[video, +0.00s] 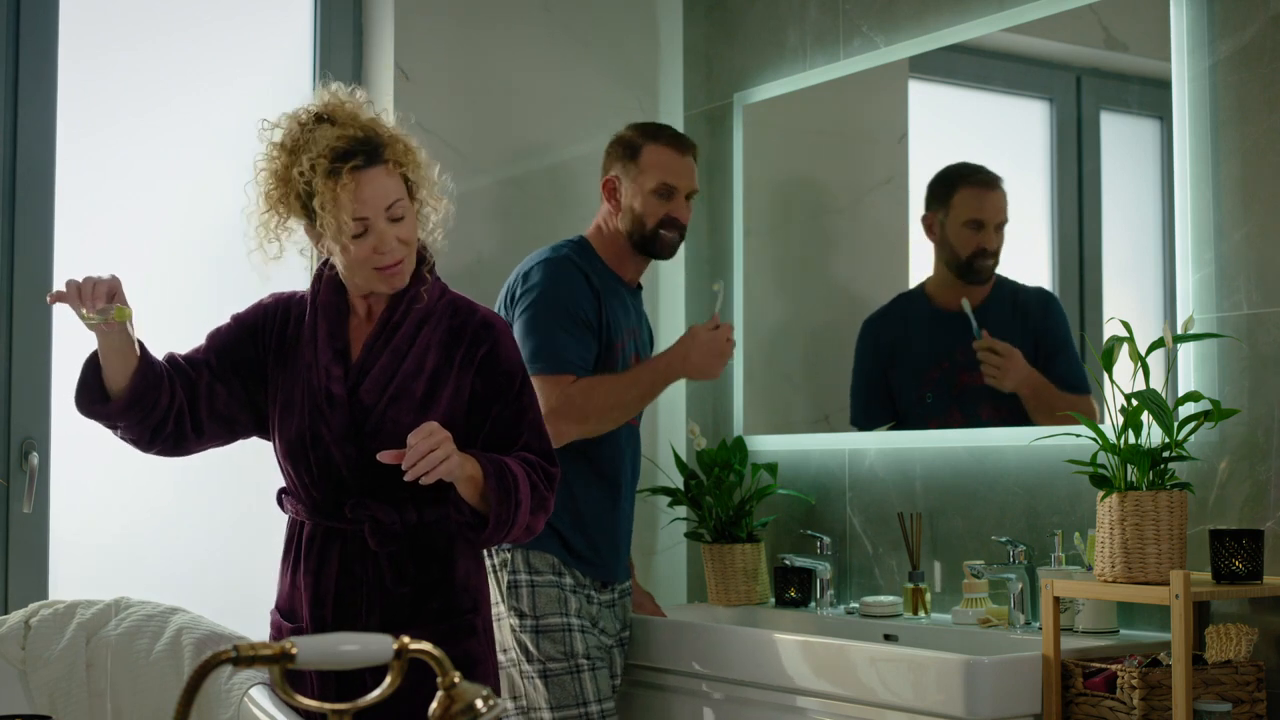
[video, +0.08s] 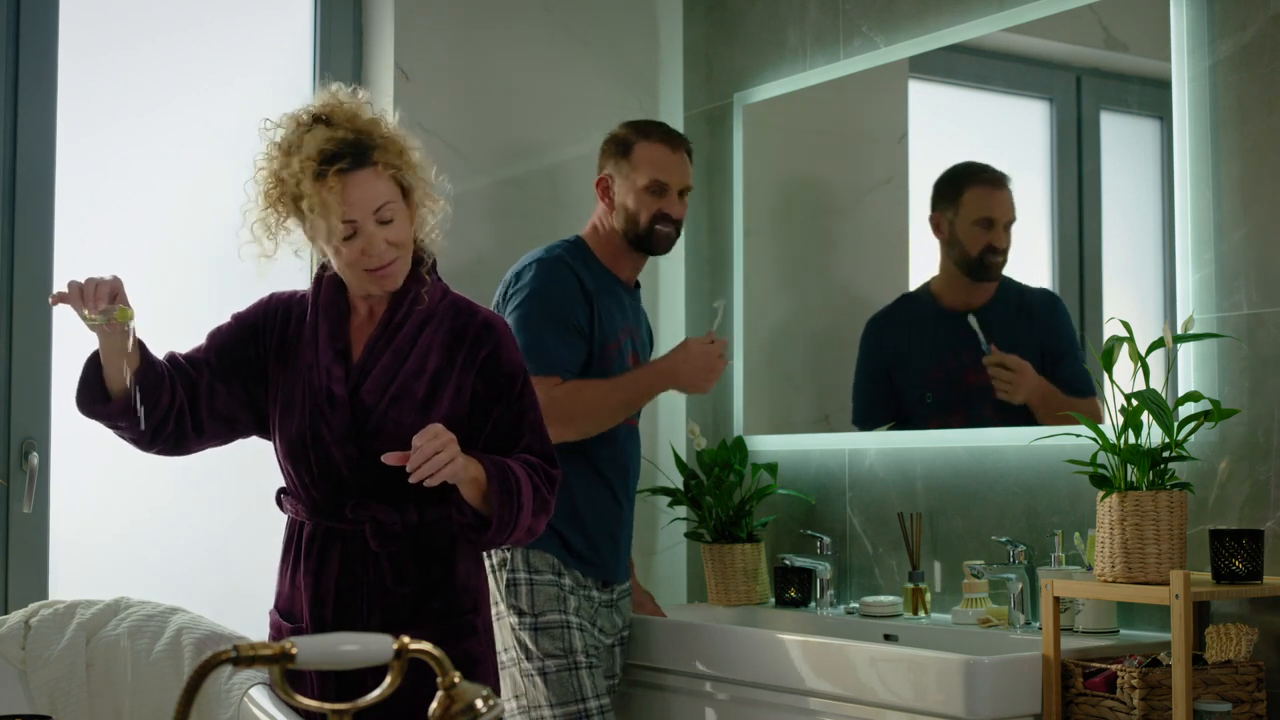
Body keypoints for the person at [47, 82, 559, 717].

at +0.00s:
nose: (387, 245)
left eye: (398, 214)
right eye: (357, 229)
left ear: (417, 206)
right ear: (319, 234)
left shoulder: (478, 339)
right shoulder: (283, 332)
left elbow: (533, 492)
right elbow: (163, 414)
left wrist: (464, 469)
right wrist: (112, 330)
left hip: (441, 617)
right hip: (316, 618)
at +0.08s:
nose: (375, 248)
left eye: (387, 217)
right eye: (347, 231)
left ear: (414, 207)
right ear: (315, 235)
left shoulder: (477, 340)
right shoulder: (283, 331)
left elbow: (533, 495)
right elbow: (165, 413)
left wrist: (469, 472)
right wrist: (114, 334)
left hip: (440, 617)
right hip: (315, 618)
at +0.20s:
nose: (347, 250)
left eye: (360, 220)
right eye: (321, 234)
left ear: (399, 205)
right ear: (302, 239)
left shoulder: (476, 338)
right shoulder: (285, 329)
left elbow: (534, 496)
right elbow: (165, 408)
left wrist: (472, 476)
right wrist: (118, 327)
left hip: (439, 621)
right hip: (312, 622)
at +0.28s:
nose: (333, 252)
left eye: (346, 221)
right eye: (310, 236)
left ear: (392, 205)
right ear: (296, 242)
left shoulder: (476, 336)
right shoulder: (286, 328)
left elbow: (535, 495)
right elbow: (171, 407)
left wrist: (473, 477)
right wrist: (119, 326)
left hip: (439, 618)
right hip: (313, 618)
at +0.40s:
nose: (324, 253)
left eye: (336, 222)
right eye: (301, 239)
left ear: (382, 205)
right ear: (289, 248)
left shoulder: (476, 335)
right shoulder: (288, 329)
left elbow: (536, 488)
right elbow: (172, 406)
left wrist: (474, 478)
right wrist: (122, 323)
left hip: (438, 620)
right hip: (313, 621)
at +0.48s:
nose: (321, 255)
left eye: (334, 223)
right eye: (299, 240)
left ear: (380, 205)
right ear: (287, 248)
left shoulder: (476, 335)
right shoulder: (288, 330)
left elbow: (535, 491)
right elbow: (173, 403)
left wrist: (471, 475)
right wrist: (123, 323)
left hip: (439, 620)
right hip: (314, 620)